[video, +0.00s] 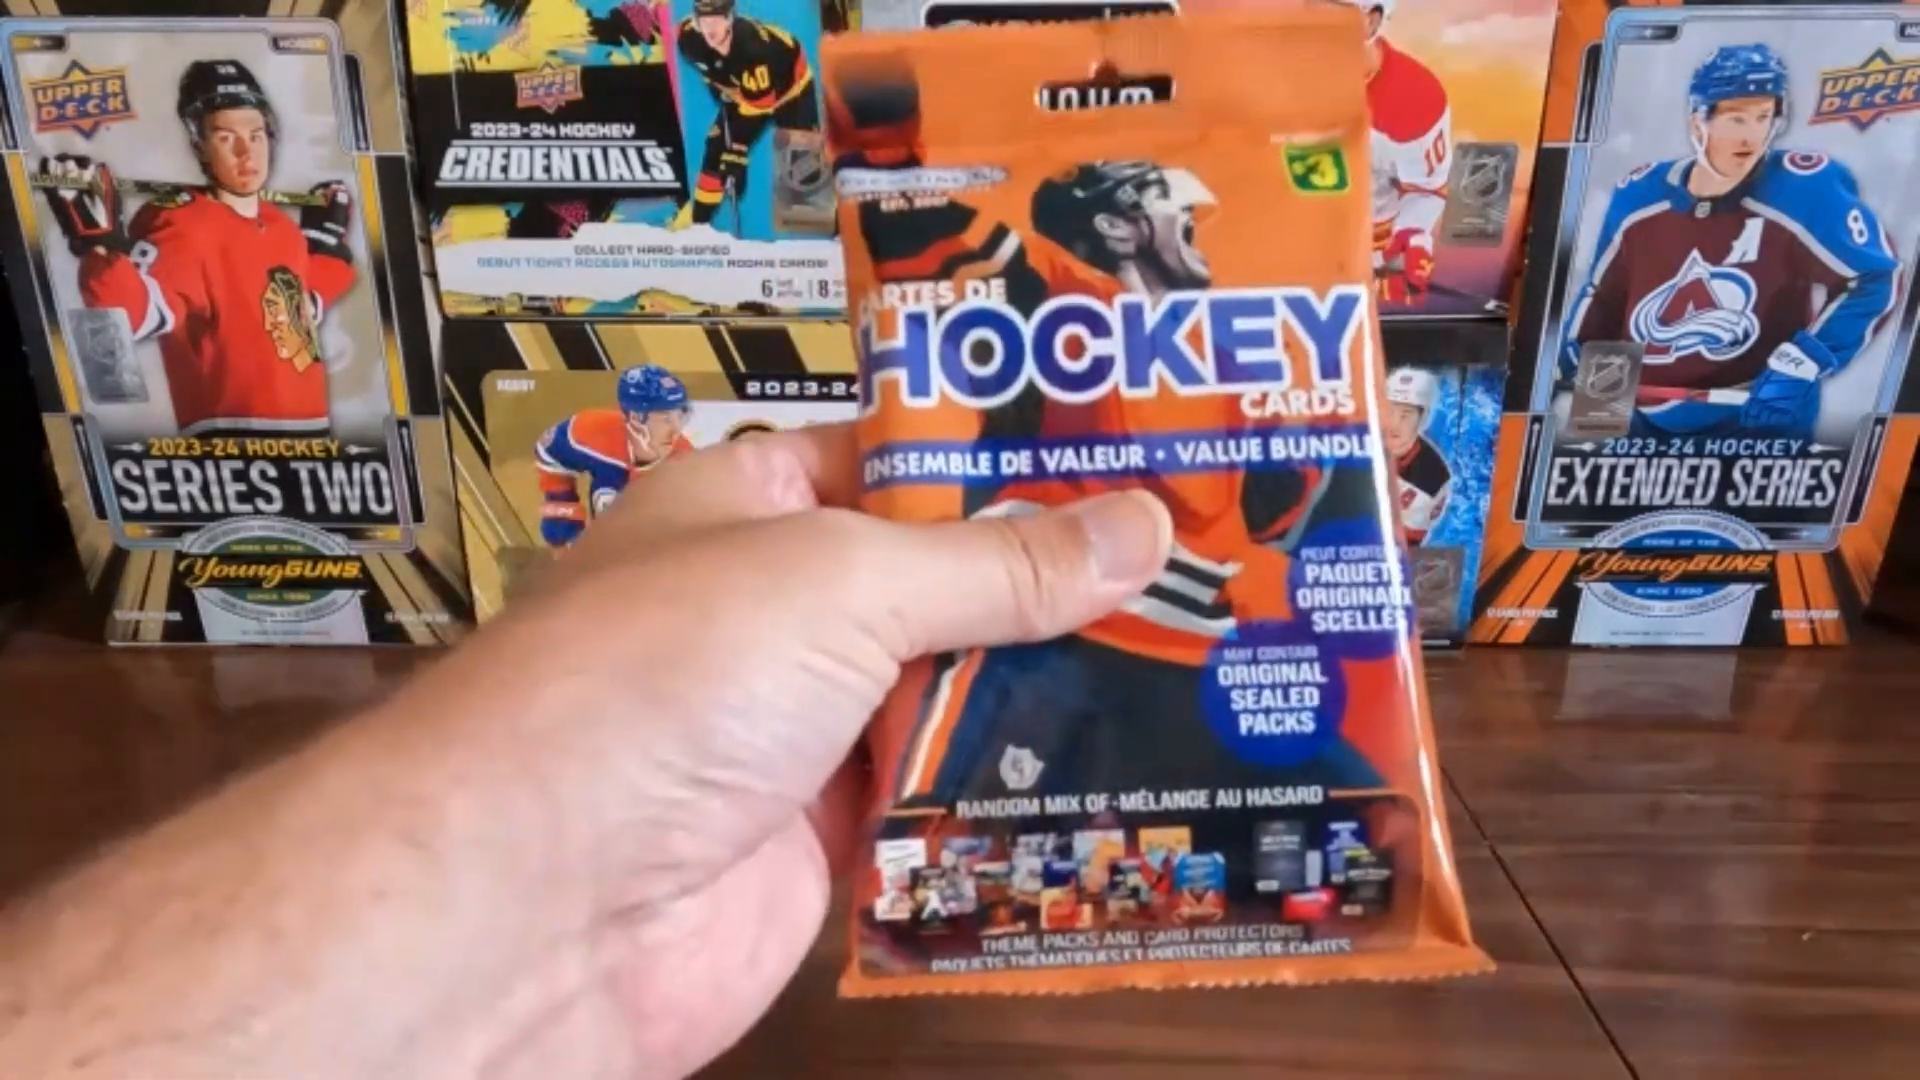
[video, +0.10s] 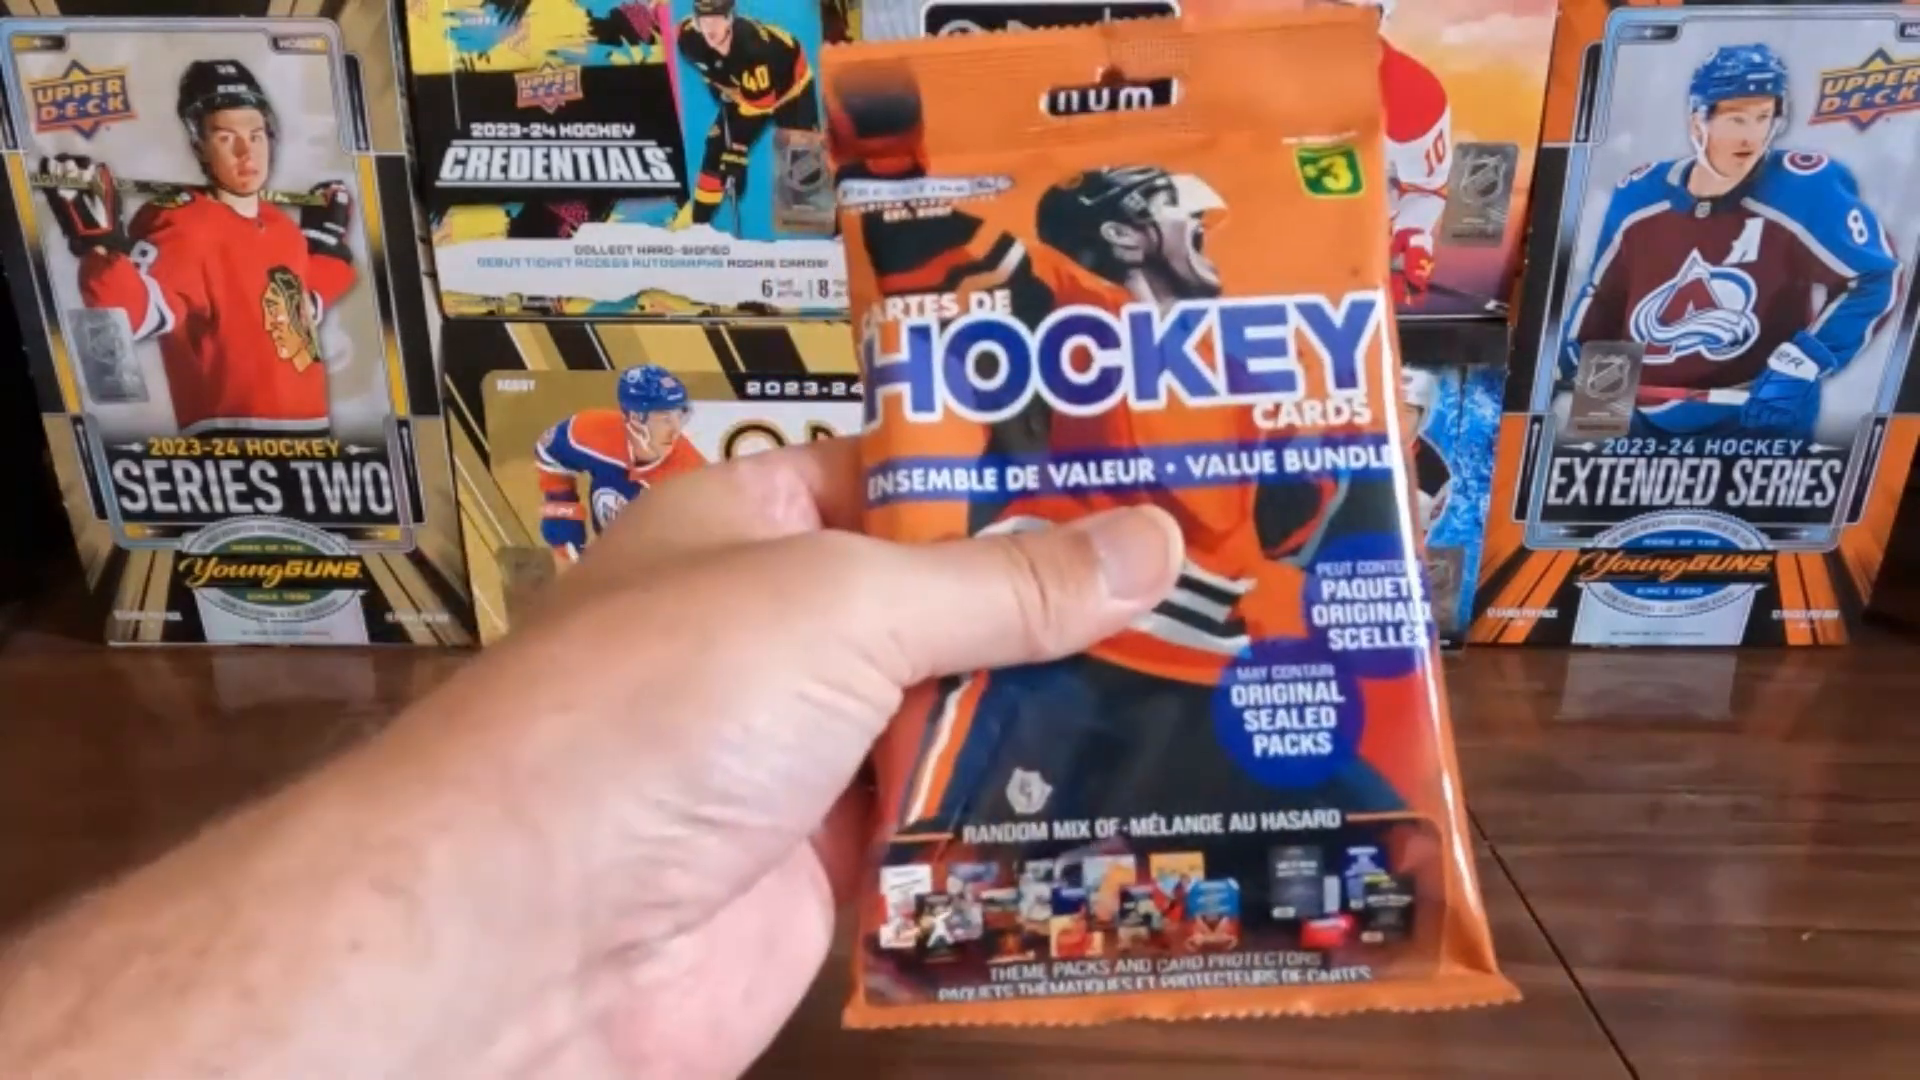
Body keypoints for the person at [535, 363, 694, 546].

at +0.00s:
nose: (675, 430)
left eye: (679, 416)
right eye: (665, 418)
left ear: (685, 415)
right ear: (636, 419)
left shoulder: (682, 454)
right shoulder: (600, 435)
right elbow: (549, 452)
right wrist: (561, 507)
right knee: (564, 528)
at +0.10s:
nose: (676, 429)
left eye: (679, 418)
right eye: (665, 420)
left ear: (684, 415)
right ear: (635, 420)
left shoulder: (692, 473)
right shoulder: (591, 433)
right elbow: (550, 453)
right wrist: (565, 532)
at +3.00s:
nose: (676, 430)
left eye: (680, 418)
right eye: (664, 419)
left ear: (685, 416)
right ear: (635, 420)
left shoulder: (692, 476)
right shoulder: (594, 431)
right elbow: (550, 454)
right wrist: (565, 531)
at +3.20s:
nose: (676, 430)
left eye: (679, 417)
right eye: (664, 419)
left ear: (685, 417)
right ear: (635, 420)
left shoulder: (691, 476)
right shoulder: (593, 432)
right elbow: (550, 453)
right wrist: (563, 523)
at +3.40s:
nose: (676, 430)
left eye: (679, 419)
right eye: (665, 419)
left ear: (685, 417)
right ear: (634, 420)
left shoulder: (692, 475)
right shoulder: (592, 431)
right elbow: (550, 454)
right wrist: (565, 528)